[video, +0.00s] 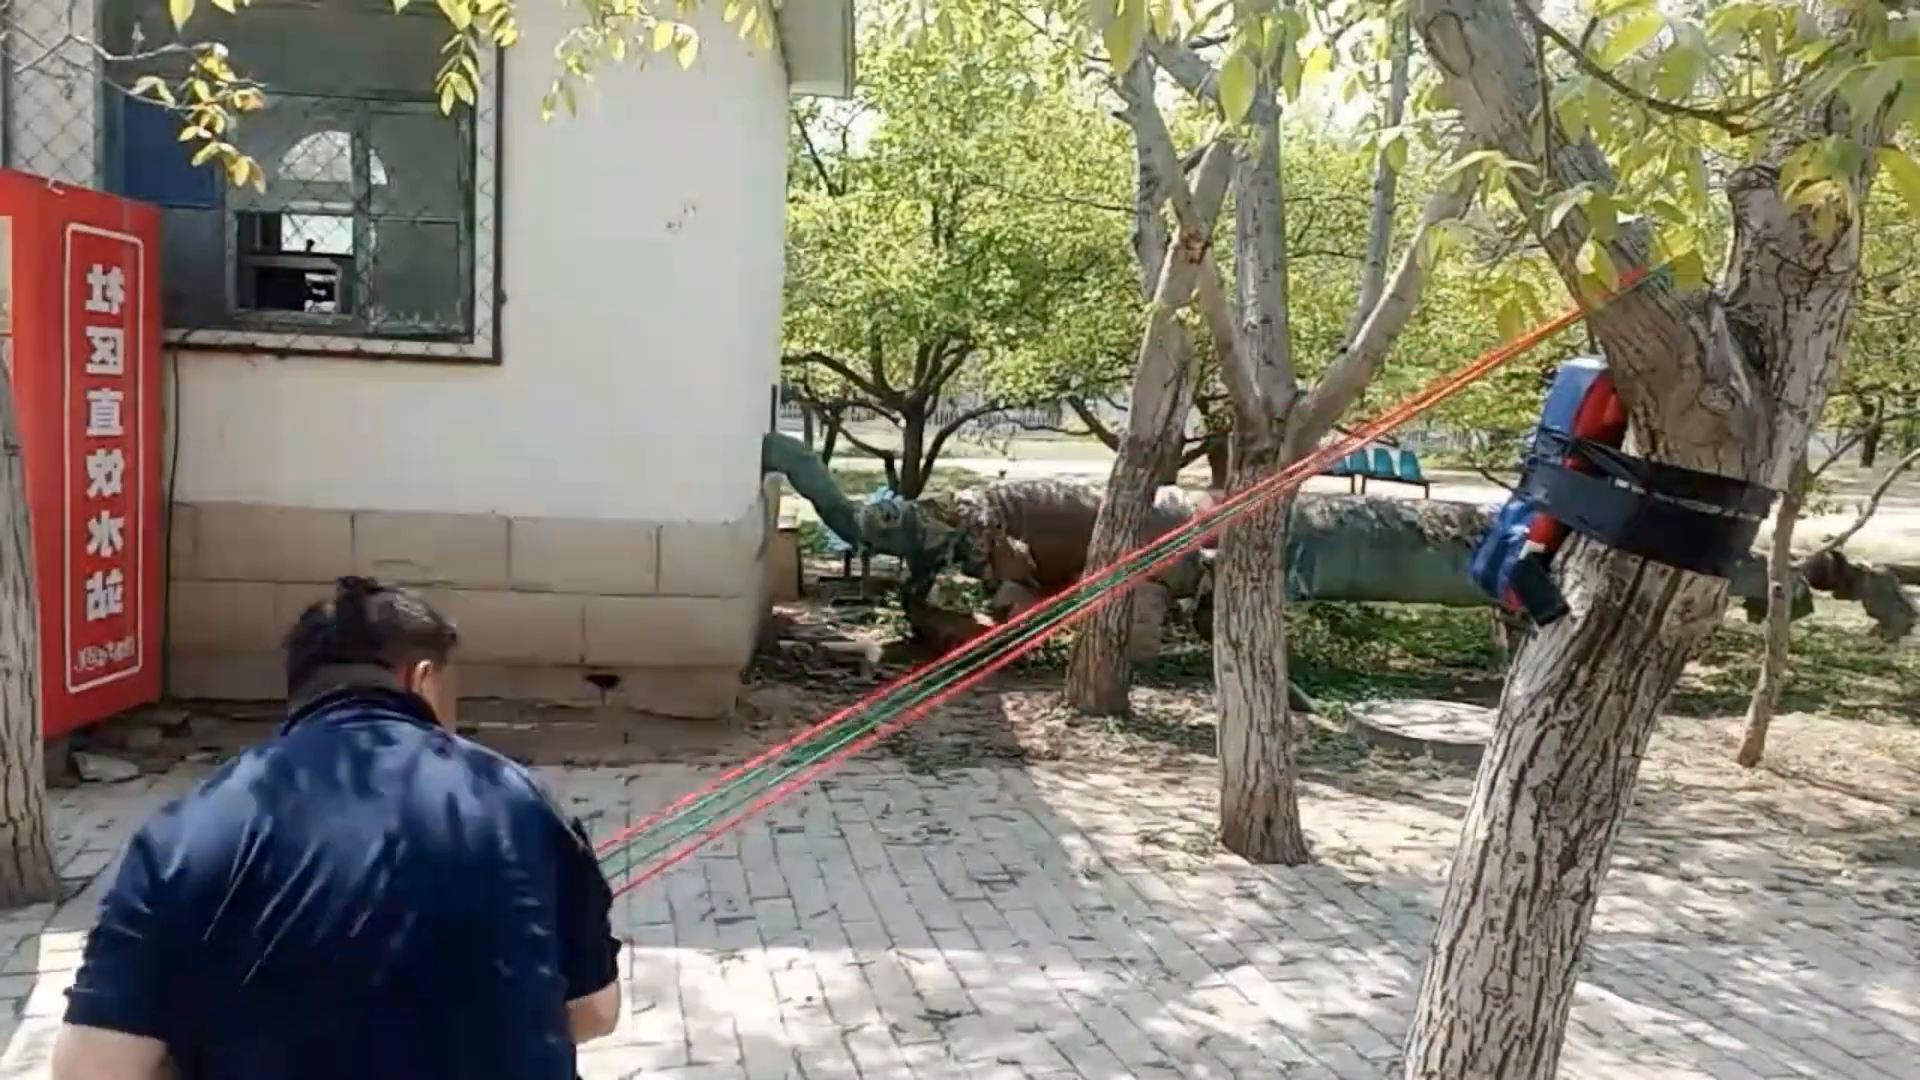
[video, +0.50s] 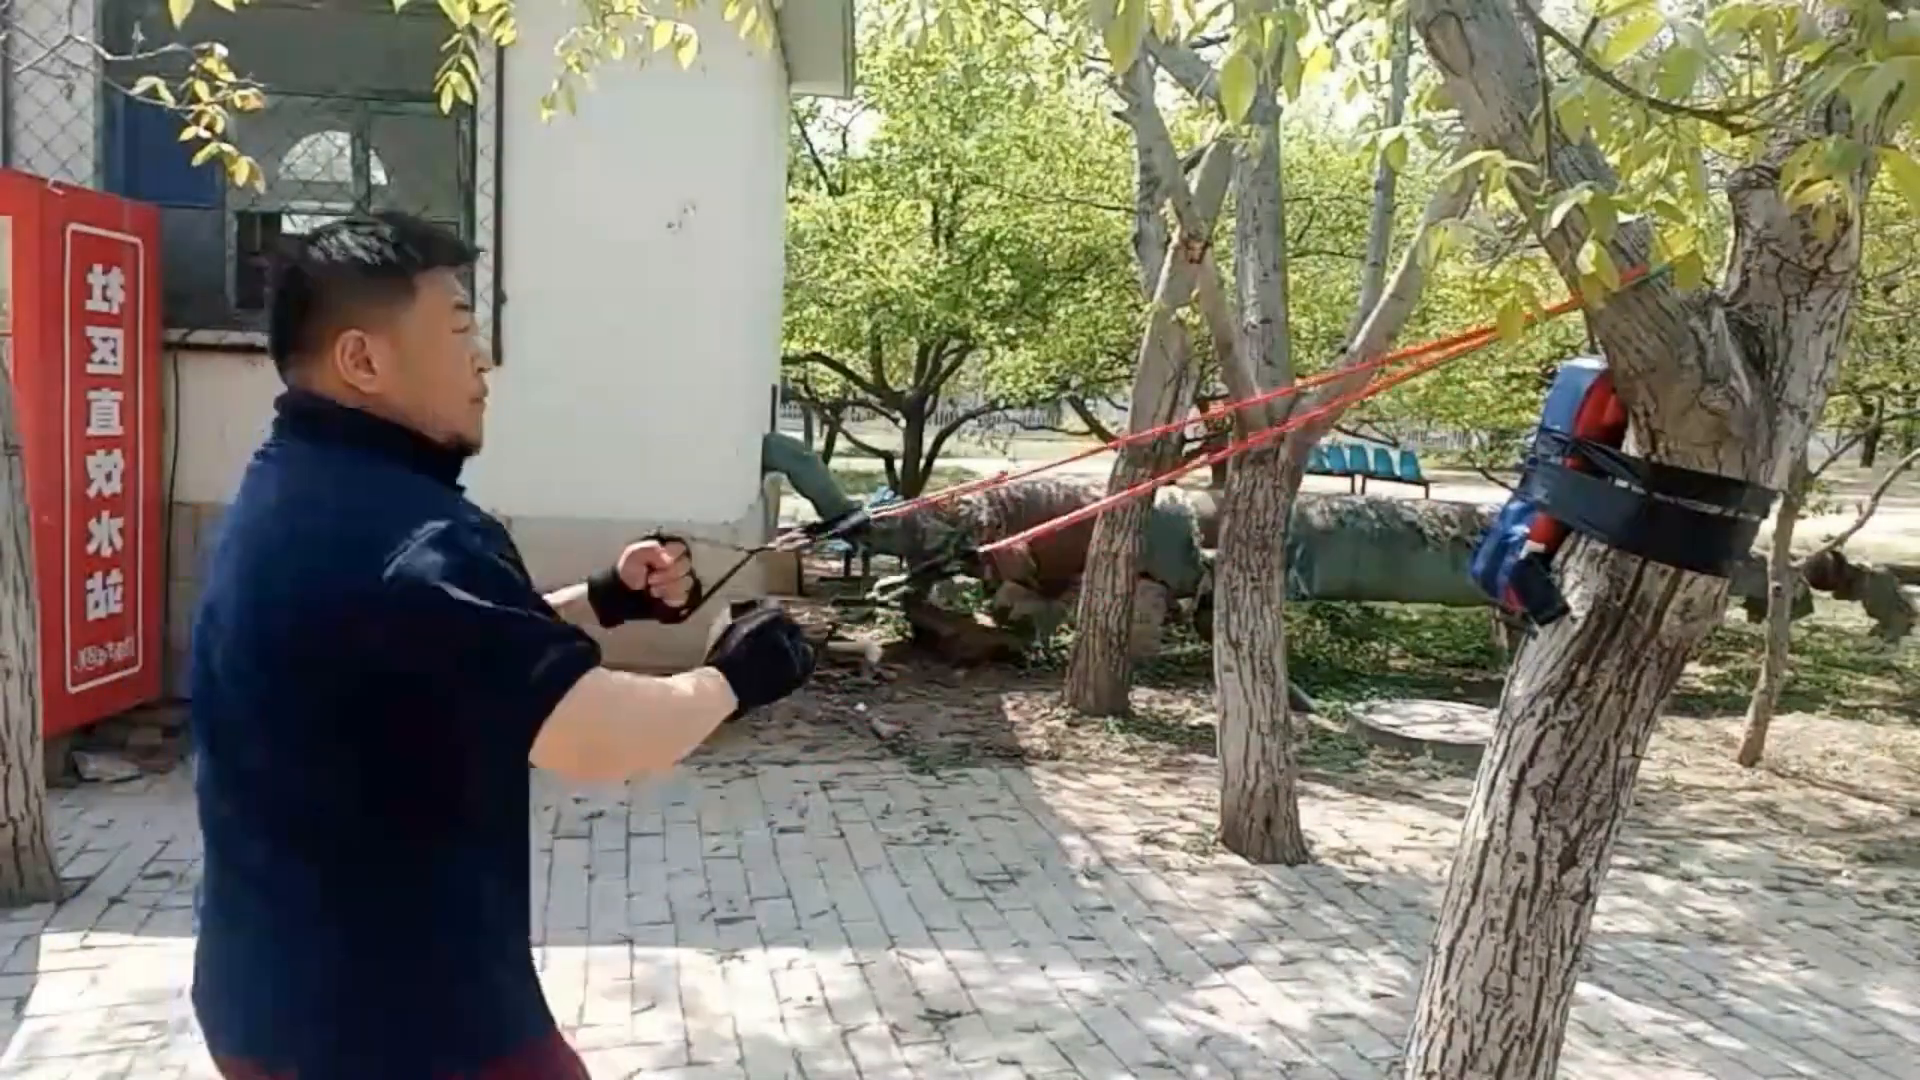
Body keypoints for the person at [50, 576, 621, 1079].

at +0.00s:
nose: (456, 708)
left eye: (457, 687)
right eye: (454, 688)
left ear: (298, 694)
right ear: (421, 683)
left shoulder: (181, 831)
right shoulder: (516, 801)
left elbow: (94, 1060)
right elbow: (594, 1011)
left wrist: (220, 1034)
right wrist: (466, 1022)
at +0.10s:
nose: (464, 675)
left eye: (464, 650)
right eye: (460, 651)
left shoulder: (179, 807)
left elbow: (86, 1055)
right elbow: (613, 965)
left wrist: (231, 1004)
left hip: (274, 1070)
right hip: (500, 1071)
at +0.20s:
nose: (455, 549)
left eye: (454, 520)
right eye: (448, 519)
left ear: (288, 529)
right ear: (383, 523)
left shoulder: (158, 696)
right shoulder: (497, 654)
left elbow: (125, 928)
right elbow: (636, 827)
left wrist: (243, 876)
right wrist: (570, 893)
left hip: (236, 1066)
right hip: (478, 1063)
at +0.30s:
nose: (451, 474)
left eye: (444, 446)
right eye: (434, 446)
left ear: (275, 469)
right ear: (358, 466)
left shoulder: (163, 631)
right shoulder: (483, 606)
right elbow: (631, 795)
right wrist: (642, 848)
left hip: (219, 1054)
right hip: (453, 1051)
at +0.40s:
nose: (468, 386)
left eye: (456, 356)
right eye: (446, 355)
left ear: (341, 388)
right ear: (352, 382)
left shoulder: (238, 524)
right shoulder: (434, 548)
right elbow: (603, 749)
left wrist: (518, 614)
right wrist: (709, 722)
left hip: (234, 1008)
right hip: (419, 1026)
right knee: (602, 1067)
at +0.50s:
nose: (485, 357)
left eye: (470, 326)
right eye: (459, 326)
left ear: (357, 366)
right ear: (363, 362)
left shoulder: (290, 491)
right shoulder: (412, 539)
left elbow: (444, 648)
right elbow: (592, 736)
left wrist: (605, 601)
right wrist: (736, 681)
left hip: (268, 1005)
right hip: (422, 1030)